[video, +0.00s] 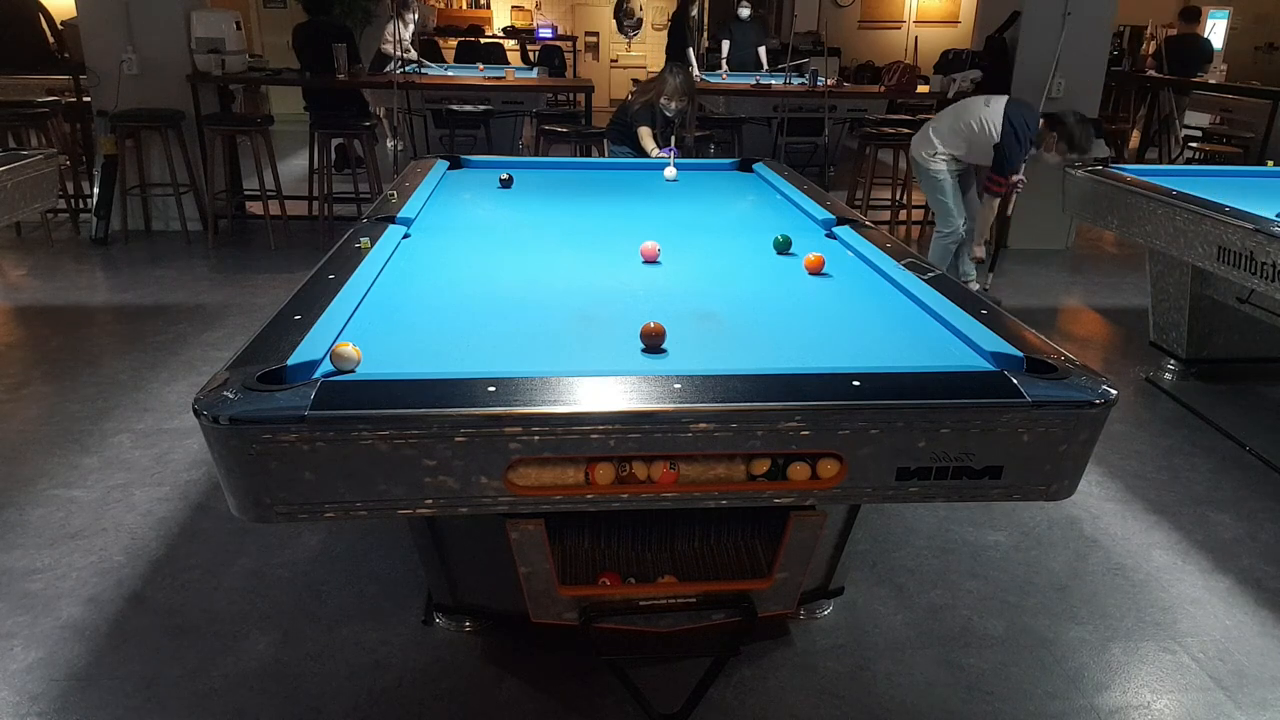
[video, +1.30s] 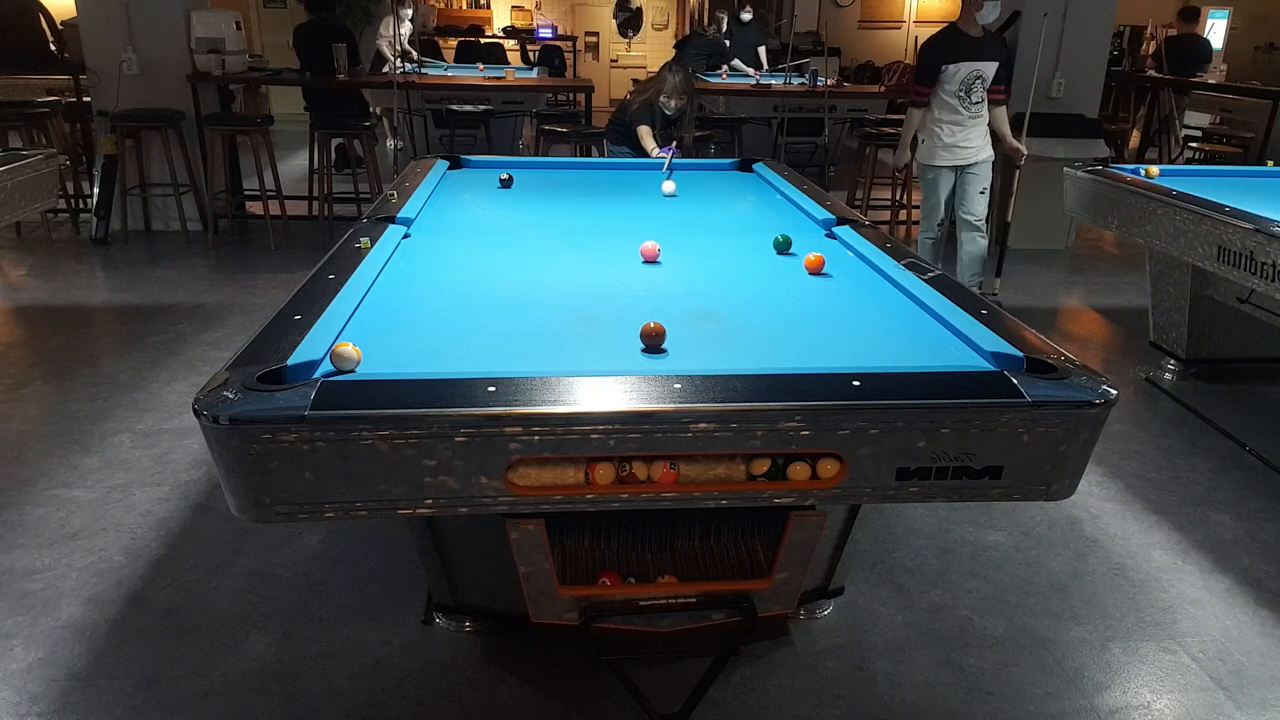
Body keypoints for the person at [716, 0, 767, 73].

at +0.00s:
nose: (743, 11)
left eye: (746, 8)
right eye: (741, 8)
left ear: (751, 11)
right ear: (737, 10)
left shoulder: (756, 26)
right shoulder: (730, 24)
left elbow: (761, 46)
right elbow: (725, 43)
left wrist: (765, 65)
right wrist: (723, 63)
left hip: (751, 67)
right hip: (734, 67)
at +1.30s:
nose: (746, 15)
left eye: (749, 12)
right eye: (744, 12)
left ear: (753, 12)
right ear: (739, 12)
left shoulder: (757, 26)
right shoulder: (732, 24)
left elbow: (761, 46)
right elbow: (726, 43)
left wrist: (765, 66)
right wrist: (724, 63)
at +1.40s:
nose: (748, 16)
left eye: (751, 13)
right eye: (745, 13)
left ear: (754, 13)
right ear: (739, 12)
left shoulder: (756, 25)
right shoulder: (732, 25)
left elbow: (761, 46)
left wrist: (765, 66)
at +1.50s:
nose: (749, 16)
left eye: (751, 13)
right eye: (746, 13)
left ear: (755, 13)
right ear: (741, 12)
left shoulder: (757, 25)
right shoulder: (732, 24)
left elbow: (761, 46)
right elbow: (725, 44)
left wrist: (765, 65)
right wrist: (724, 63)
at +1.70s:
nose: (750, 16)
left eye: (753, 14)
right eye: (747, 14)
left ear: (756, 14)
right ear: (741, 13)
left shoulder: (758, 26)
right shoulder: (732, 25)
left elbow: (761, 46)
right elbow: (726, 44)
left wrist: (765, 66)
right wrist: (730, 63)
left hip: (754, 69)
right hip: (736, 69)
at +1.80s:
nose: (750, 17)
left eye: (753, 14)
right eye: (747, 14)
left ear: (756, 14)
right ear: (742, 13)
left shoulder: (758, 26)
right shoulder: (733, 25)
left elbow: (762, 46)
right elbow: (727, 45)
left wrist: (765, 65)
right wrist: (738, 62)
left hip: (754, 69)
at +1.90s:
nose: (749, 16)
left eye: (752, 14)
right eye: (747, 13)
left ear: (755, 14)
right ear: (741, 13)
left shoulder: (758, 26)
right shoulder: (733, 25)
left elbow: (762, 46)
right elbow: (732, 47)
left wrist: (765, 65)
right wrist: (747, 64)